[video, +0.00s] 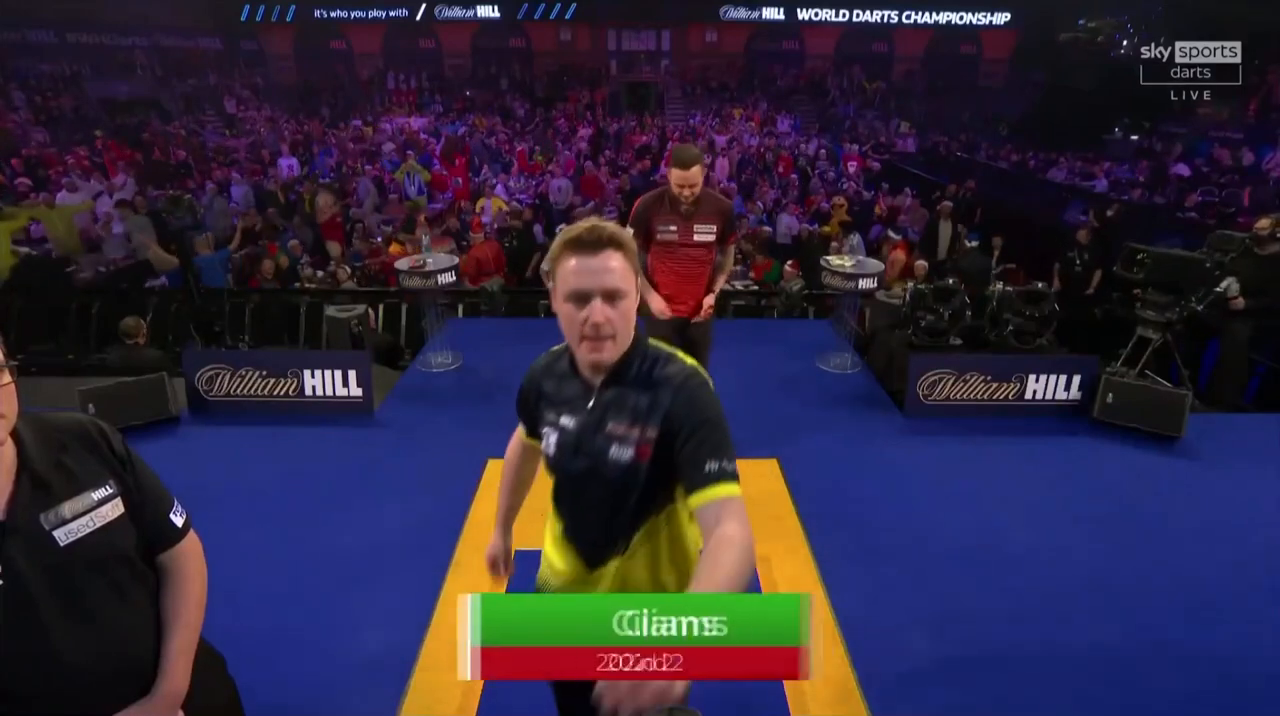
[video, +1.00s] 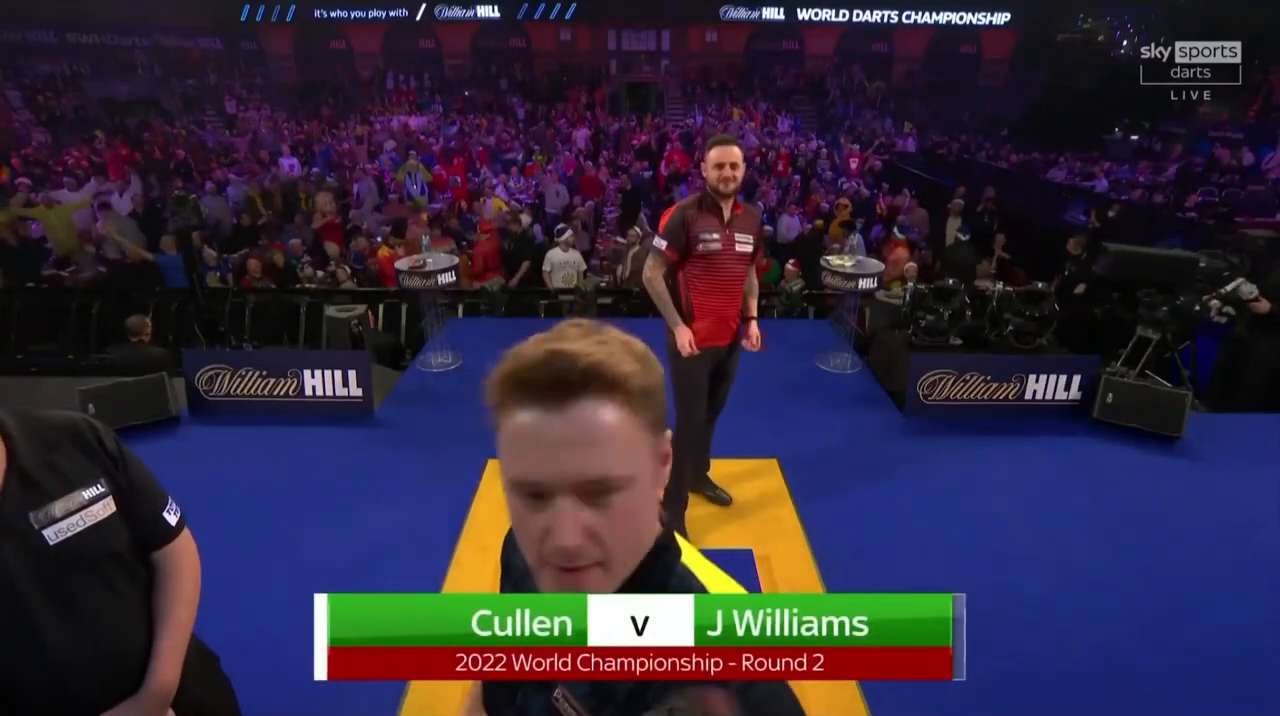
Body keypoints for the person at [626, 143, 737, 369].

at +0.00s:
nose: (686, 193)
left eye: (693, 186)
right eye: (679, 186)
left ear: (703, 175)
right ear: (668, 176)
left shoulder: (722, 209)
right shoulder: (647, 207)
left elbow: (727, 255)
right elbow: (630, 256)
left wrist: (713, 293)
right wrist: (650, 296)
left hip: (698, 318)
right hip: (660, 316)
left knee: (696, 389)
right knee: (659, 390)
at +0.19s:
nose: (682, 192)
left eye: (689, 185)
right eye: (675, 185)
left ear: (700, 174)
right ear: (663, 175)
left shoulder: (719, 208)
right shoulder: (644, 209)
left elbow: (721, 254)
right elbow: (627, 265)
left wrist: (709, 293)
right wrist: (665, 302)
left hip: (699, 317)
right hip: (656, 318)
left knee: (706, 386)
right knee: (656, 390)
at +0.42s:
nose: (697, 184)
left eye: (704, 176)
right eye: (689, 176)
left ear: (715, 174)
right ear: (675, 174)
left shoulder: (725, 212)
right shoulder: (656, 213)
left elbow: (728, 258)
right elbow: (631, 271)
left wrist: (723, 301)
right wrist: (672, 309)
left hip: (709, 327)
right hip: (668, 327)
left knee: (702, 406)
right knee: (659, 406)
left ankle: (698, 480)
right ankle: (649, 479)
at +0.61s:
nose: (710, 176)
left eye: (717, 169)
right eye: (703, 168)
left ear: (727, 171)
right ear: (689, 170)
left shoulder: (737, 216)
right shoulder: (668, 212)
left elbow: (738, 265)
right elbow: (640, 268)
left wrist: (735, 309)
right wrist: (674, 314)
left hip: (717, 332)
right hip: (679, 331)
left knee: (706, 408)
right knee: (677, 408)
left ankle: (697, 474)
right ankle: (645, 474)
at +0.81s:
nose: (723, 173)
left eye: (730, 166)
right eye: (715, 166)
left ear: (739, 169)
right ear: (700, 169)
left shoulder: (749, 216)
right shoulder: (678, 213)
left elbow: (749, 268)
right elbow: (646, 267)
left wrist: (746, 312)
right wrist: (674, 318)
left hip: (724, 336)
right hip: (686, 336)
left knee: (708, 410)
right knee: (684, 415)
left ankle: (697, 474)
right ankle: (671, 484)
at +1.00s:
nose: (728, 173)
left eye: (734, 166)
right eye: (719, 166)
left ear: (743, 169)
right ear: (704, 170)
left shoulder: (750, 218)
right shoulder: (684, 216)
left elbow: (749, 271)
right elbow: (651, 274)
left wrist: (751, 318)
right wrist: (677, 326)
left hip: (729, 339)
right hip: (692, 340)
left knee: (710, 413)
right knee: (690, 424)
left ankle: (698, 474)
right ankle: (672, 513)